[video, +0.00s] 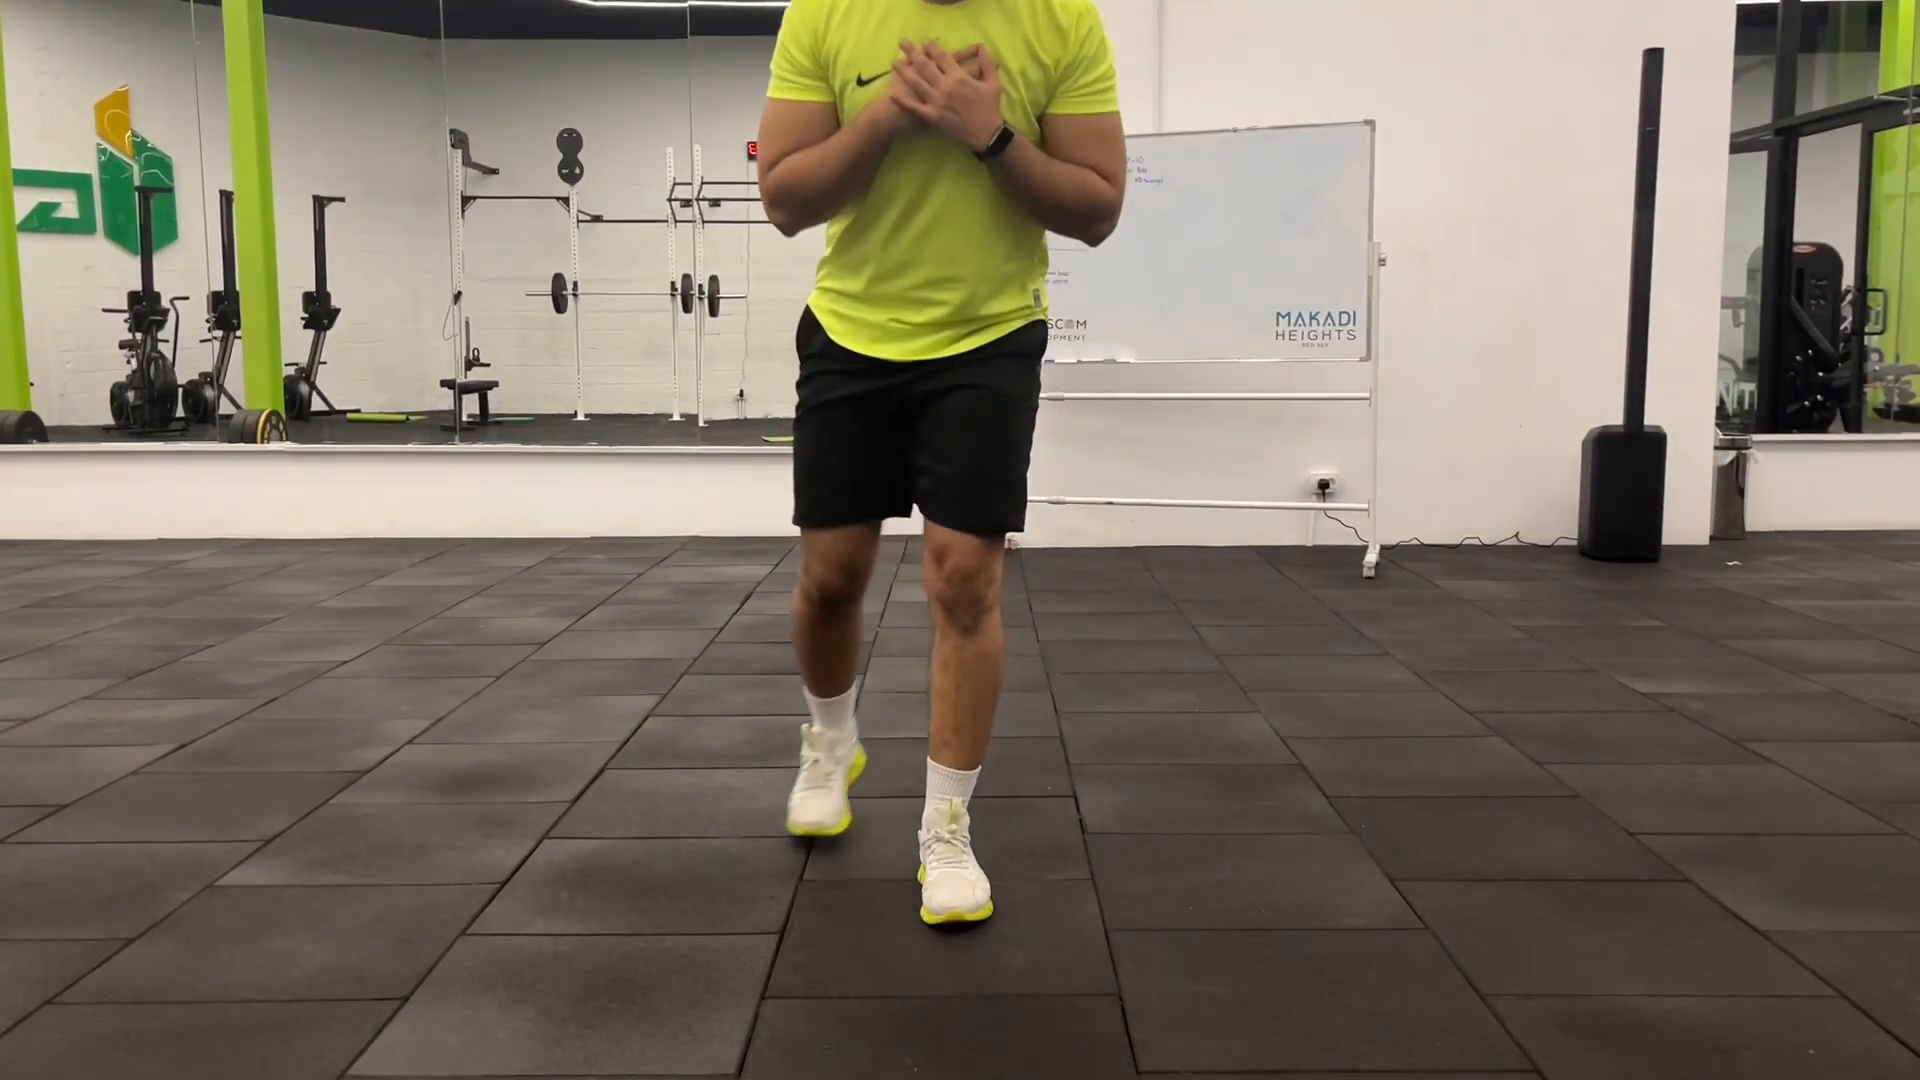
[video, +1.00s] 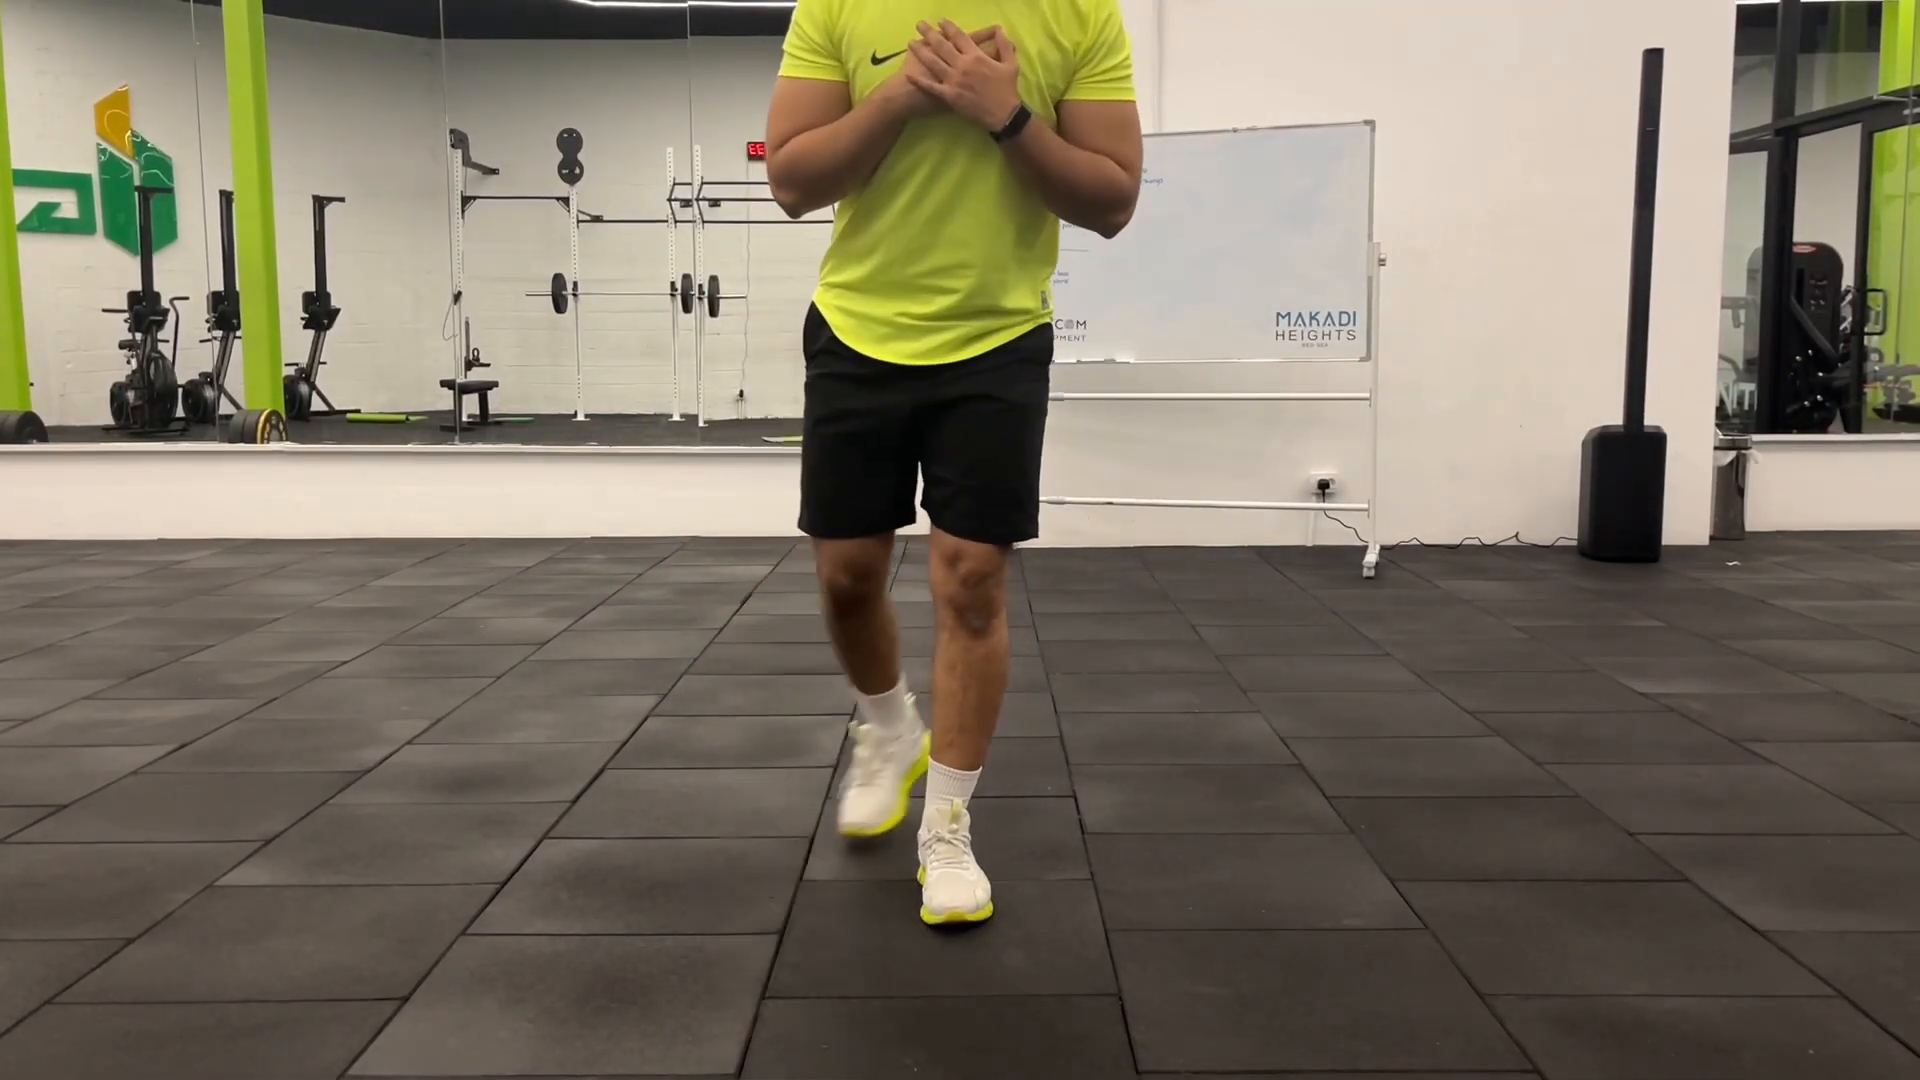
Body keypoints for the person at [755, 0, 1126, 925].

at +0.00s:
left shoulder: (1060, 18)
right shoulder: (825, 13)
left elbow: (1097, 209)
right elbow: (786, 199)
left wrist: (994, 135)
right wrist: (886, 113)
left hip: (989, 332)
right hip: (853, 327)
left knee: (964, 579)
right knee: (830, 580)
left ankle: (947, 829)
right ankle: (829, 742)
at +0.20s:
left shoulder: (1050, 9)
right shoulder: (812, 5)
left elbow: (1083, 185)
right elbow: (770, 173)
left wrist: (979, 94)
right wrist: (870, 69)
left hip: (974, 325)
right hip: (832, 316)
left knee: (956, 575)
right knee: (786, 566)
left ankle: (947, 836)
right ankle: (741, 809)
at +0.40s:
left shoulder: (1024, 6)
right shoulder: (787, 2)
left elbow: (1061, 179)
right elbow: (750, 166)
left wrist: (972, 84)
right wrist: (861, 61)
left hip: (960, 322)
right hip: (816, 314)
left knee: (948, 576)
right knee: (777, 573)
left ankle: (948, 840)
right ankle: (742, 814)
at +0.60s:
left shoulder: (1028, 7)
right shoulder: (791, 2)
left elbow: (1067, 179)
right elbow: (751, 164)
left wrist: (978, 81)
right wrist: (869, 56)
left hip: (960, 321)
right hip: (816, 315)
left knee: (949, 578)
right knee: (779, 572)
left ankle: (947, 837)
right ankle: (743, 813)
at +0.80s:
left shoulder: (1061, 9)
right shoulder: (819, 4)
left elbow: (1092, 186)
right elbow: (777, 173)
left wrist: (995, 95)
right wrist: (885, 68)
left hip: (981, 328)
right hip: (838, 317)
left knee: (961, 580)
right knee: (796, 569)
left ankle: (947, 837)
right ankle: (751, 809)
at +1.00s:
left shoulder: (1079, 15)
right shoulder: (836, 8)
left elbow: (1112, 199)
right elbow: (792, 182)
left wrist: (1006, 114)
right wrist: (902, 94)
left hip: (996, 330)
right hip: (858, 324)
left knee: (972, 582)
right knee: (847, 576)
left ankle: (949, 826)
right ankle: (888, 729)